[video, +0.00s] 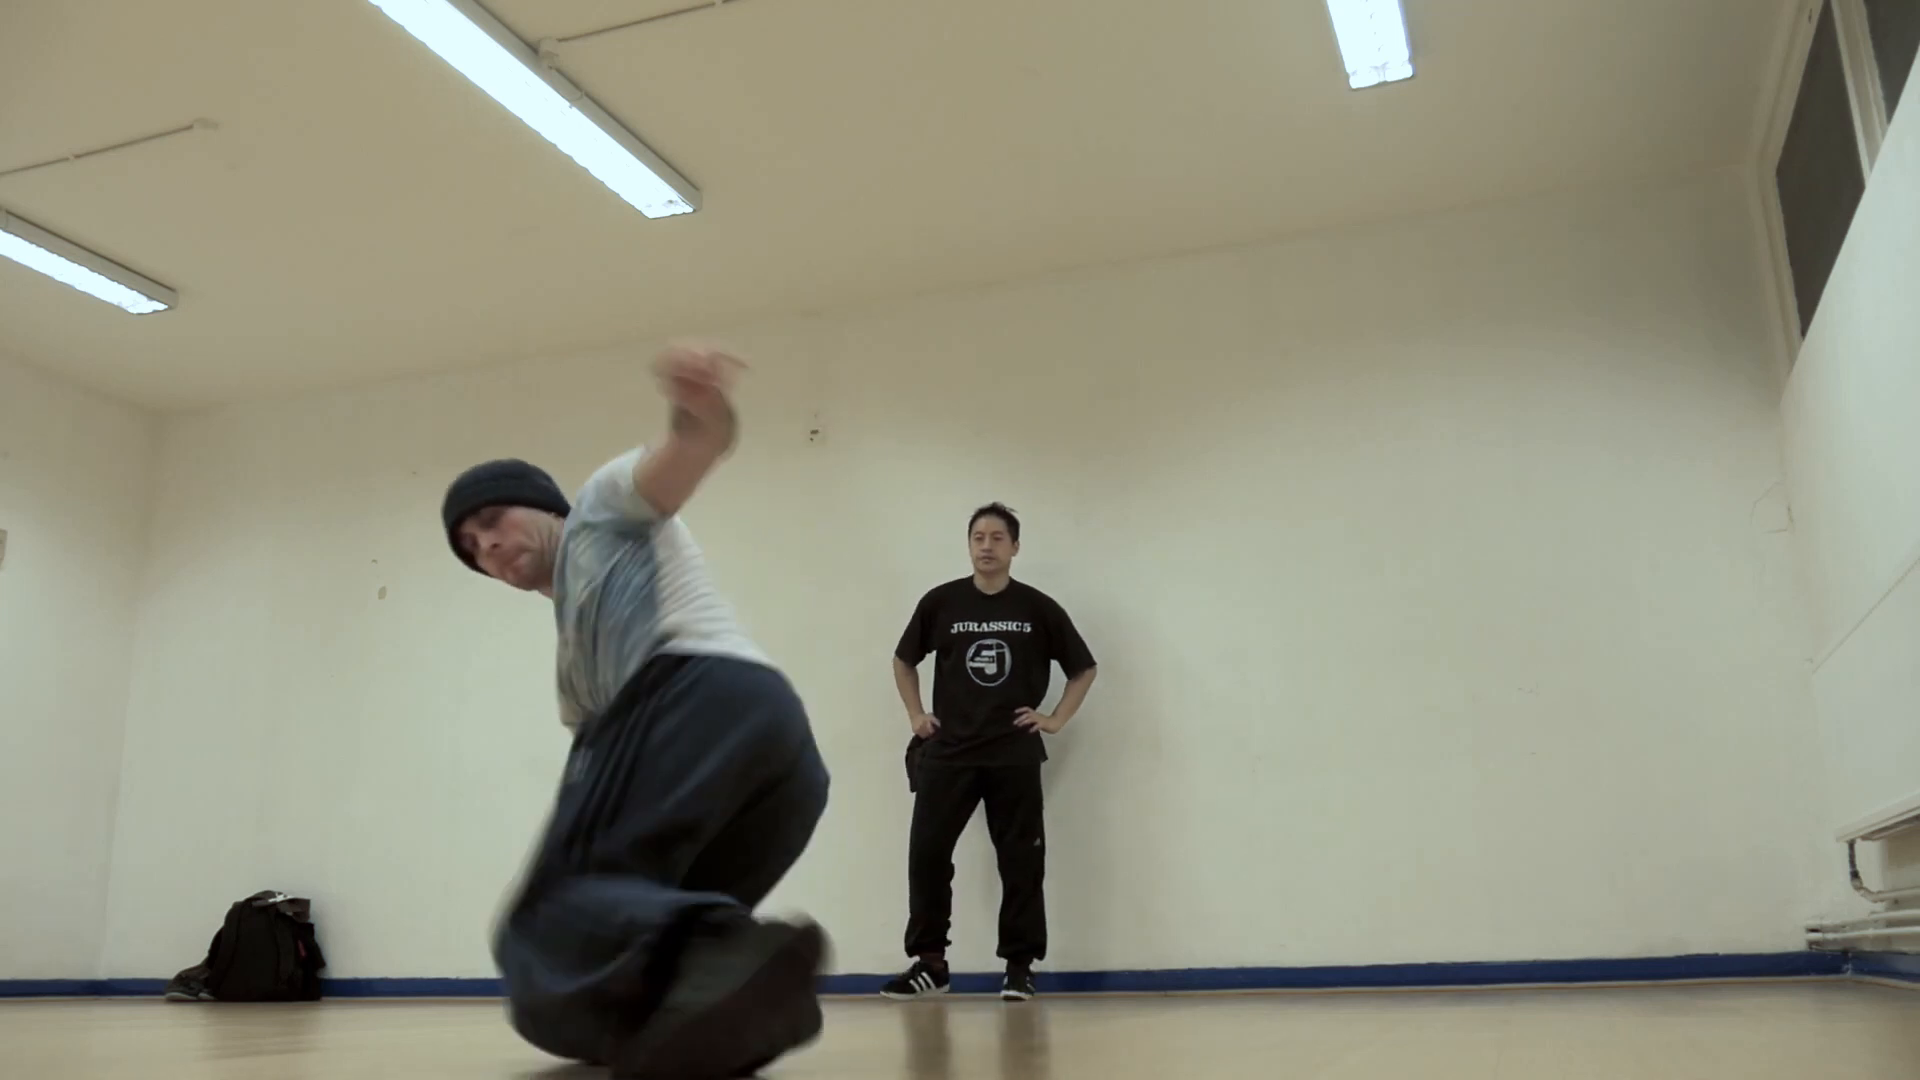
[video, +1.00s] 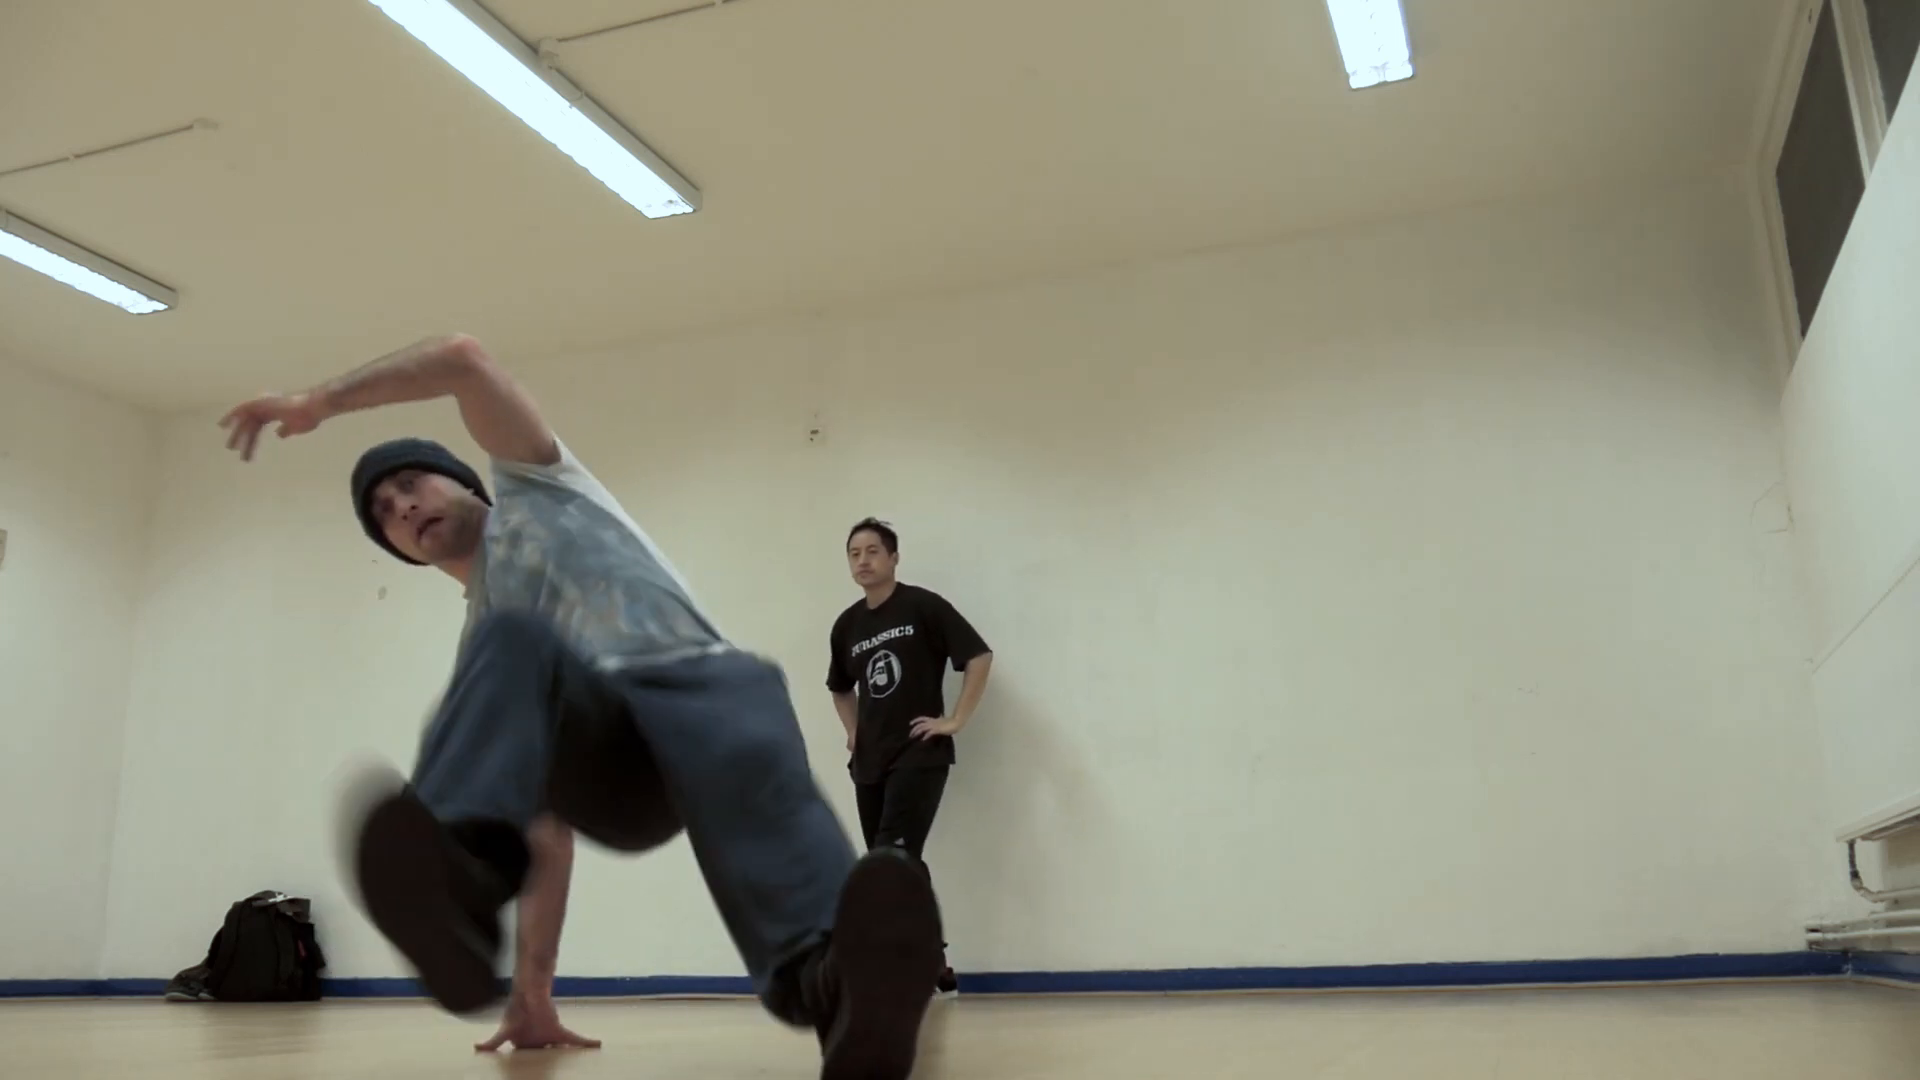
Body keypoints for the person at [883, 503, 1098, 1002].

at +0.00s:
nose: (987, 545)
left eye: (997, 538)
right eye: (979, 537)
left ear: (1014, 547)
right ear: (969, 546)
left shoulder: (1039, 609)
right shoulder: (939, 604)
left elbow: (1083, 668)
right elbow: (904, 660)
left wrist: (1057, 719)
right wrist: (917, 715)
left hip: (1013, 752)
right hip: (948, 751)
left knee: (1021, 859)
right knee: (926, 854)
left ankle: (1019, 968)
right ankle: (929, 964)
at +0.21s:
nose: (962, 550)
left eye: (972, 542)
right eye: (955, 542)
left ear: (991, 550)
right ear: (945, 551)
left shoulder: (1018, 608)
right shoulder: (924, 610)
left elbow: (1068, 665)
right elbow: (902, 669)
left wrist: (1038, 718)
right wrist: (910, 723)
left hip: (996, 753)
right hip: (934, 755)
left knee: (1009, 859)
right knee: (929, 861)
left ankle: (1017, 970)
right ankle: (937, 970)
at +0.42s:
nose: (924, 554)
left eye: (935, 546)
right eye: (917, 547)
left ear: (956, 554)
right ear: (910, 557)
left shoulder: (982, 608)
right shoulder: (903, 618)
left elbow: (1033, 662)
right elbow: (892, 678)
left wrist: (1004, 722)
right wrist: (894, 724)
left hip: (965, 756)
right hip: (910, 759)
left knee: (985, 858)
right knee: (913, 866)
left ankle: (1015, 968)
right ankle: (933, 969)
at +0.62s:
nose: (896, 558)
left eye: (906, 550)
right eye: (889, 551)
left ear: (928, 557)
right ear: (884, 561)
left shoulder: (953, 608)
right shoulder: (883, 622)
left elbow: (1005, 661)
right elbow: (878, 687)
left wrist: (979, 723)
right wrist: (876, 730)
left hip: (944, 753)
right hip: (891, 759)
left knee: (951, 853)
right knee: (903, 866)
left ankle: (988, 962)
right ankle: (932, 969)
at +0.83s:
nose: (876, 559)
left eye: (885, 551)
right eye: (868, 553)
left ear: (906, 558)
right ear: (862, 563)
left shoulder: (936, 605)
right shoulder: (861, 626)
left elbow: (992, 655)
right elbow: (856, 688)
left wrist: (970, 718)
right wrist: (866, 734)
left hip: (932, 750)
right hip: (881, 758)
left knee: (913, 855)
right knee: (893, 866)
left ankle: (911, 970)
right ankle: (935, 967)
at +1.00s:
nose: (863, 560)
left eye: (872, 551)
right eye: (855, 553)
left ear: (893, 557)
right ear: (848, 563)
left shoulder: (924, 606)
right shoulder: (847, 626)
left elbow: (979, 657)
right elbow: (841, 687)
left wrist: (955, 722)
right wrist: (854, 734)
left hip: (920, 750)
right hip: (870, 758)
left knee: (897, 855)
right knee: (884, 861)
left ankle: (923, 966)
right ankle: (930, 964)